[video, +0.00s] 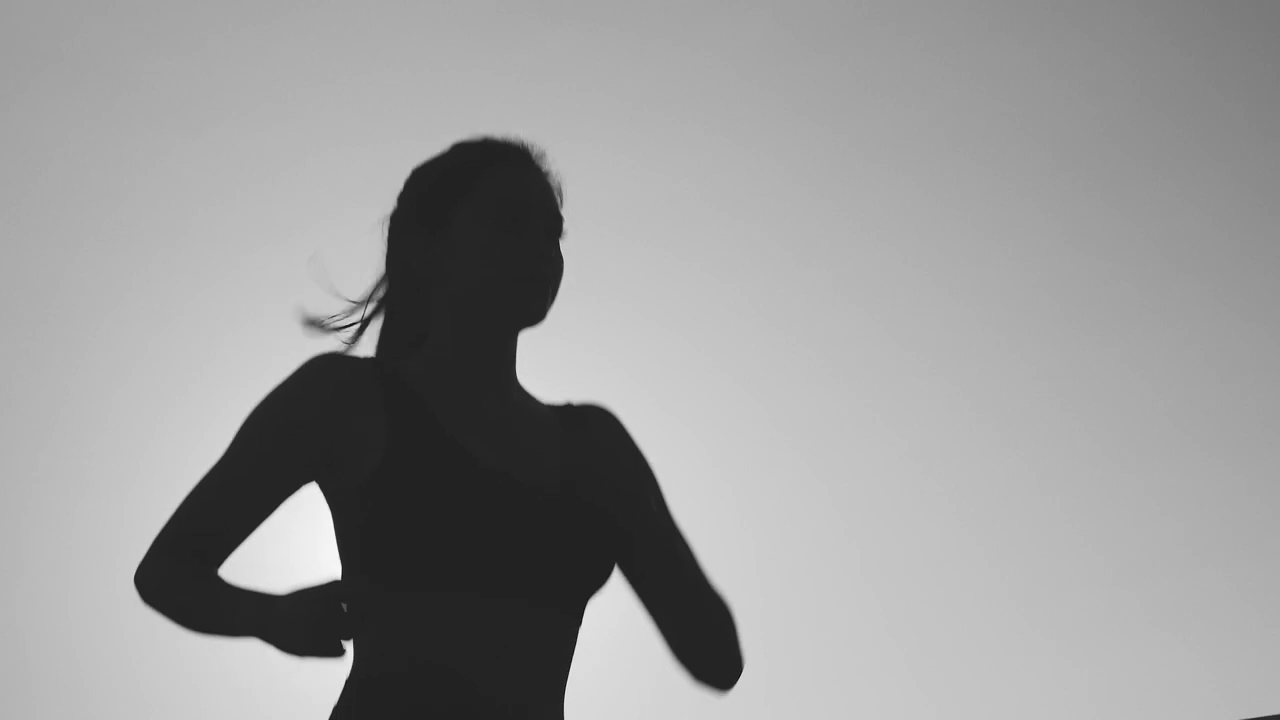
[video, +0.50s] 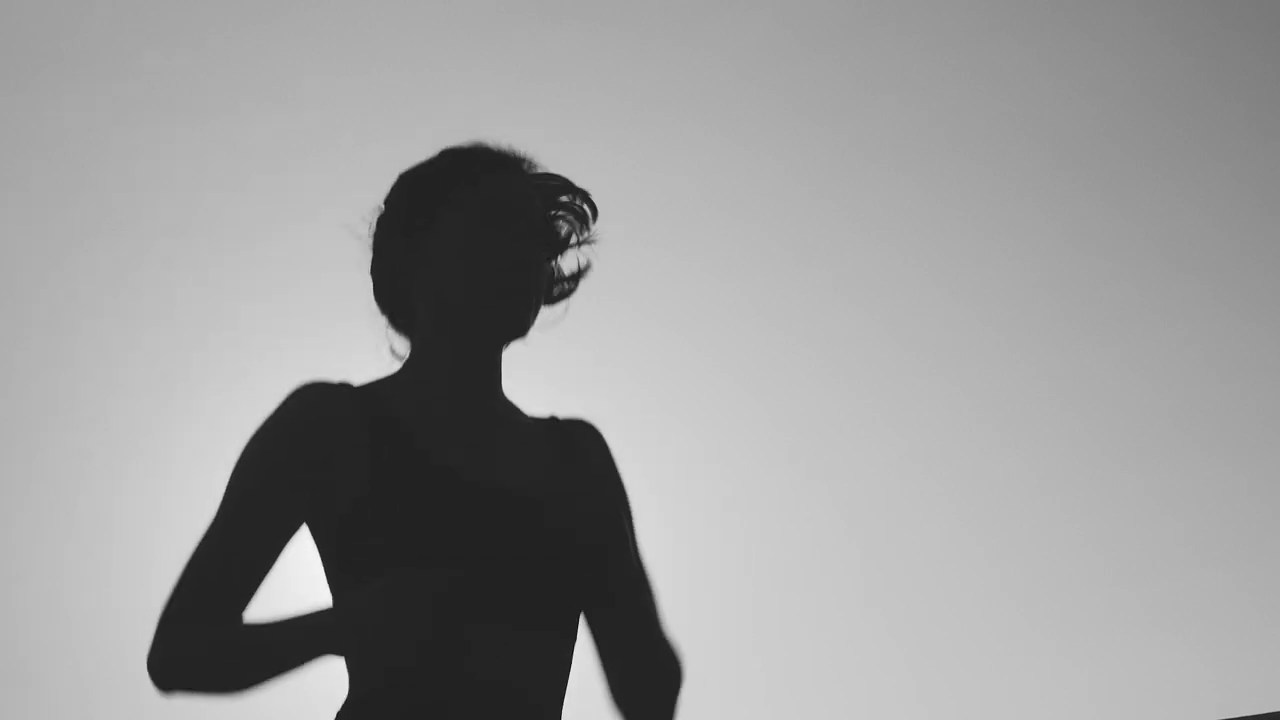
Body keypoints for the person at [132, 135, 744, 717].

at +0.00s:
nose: (549, 252)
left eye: (552, 231)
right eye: (518, 225)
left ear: (556, 259)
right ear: (435, 245)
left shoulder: (589, 445)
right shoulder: (338, 399)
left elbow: (719, 664)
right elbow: (166, 574)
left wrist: (629, 516)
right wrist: (270, 616)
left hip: (527, 709)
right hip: (379, 705)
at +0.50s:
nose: (521, 269)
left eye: (532, 247)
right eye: (488, 242)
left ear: (547, 276)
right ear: (416, 266)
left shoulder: (573, 455)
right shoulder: (322, 425)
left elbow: (648, 688)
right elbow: (179, 656)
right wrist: (346, 625)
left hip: (523, 708)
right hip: (376, 712)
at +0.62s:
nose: (527, 299)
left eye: (538, 279)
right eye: (495, 273)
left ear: (548, 309)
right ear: (417, 297)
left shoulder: (569, 491)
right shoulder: (331, 462)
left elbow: (573, 698)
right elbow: (209, 693)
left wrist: (614, 660)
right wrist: (389, 680)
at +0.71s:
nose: (528, 314)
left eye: (538, 295)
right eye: (496, 289)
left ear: (547, 318)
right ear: (418, 310)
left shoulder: (561, 503)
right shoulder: (339, 469)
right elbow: (244, 697)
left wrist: (623, 691)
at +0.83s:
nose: (545, 314)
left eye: (551, 292)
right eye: (518, 285)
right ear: (444, 297)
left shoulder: (549, 498)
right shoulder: (356, 450)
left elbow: (522, 695)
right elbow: (300, 683)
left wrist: (589, 708)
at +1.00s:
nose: (563, 292)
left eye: (563, 268)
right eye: (540, 264)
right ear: (463, 273)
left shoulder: (540, 472)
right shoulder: (390, 405)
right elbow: (346, 609)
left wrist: (577, 697)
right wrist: (574, 529)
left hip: (531, 708)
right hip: (423, 705)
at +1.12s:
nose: (575, 276)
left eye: (574, 254)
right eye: (552, 250)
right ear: (473, 261)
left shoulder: (539, 456)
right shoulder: (414, 369)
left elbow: (385, 653)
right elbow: (360, 566)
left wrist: (577, 670)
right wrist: (581, 508)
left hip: (536, 707)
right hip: (441, 703)